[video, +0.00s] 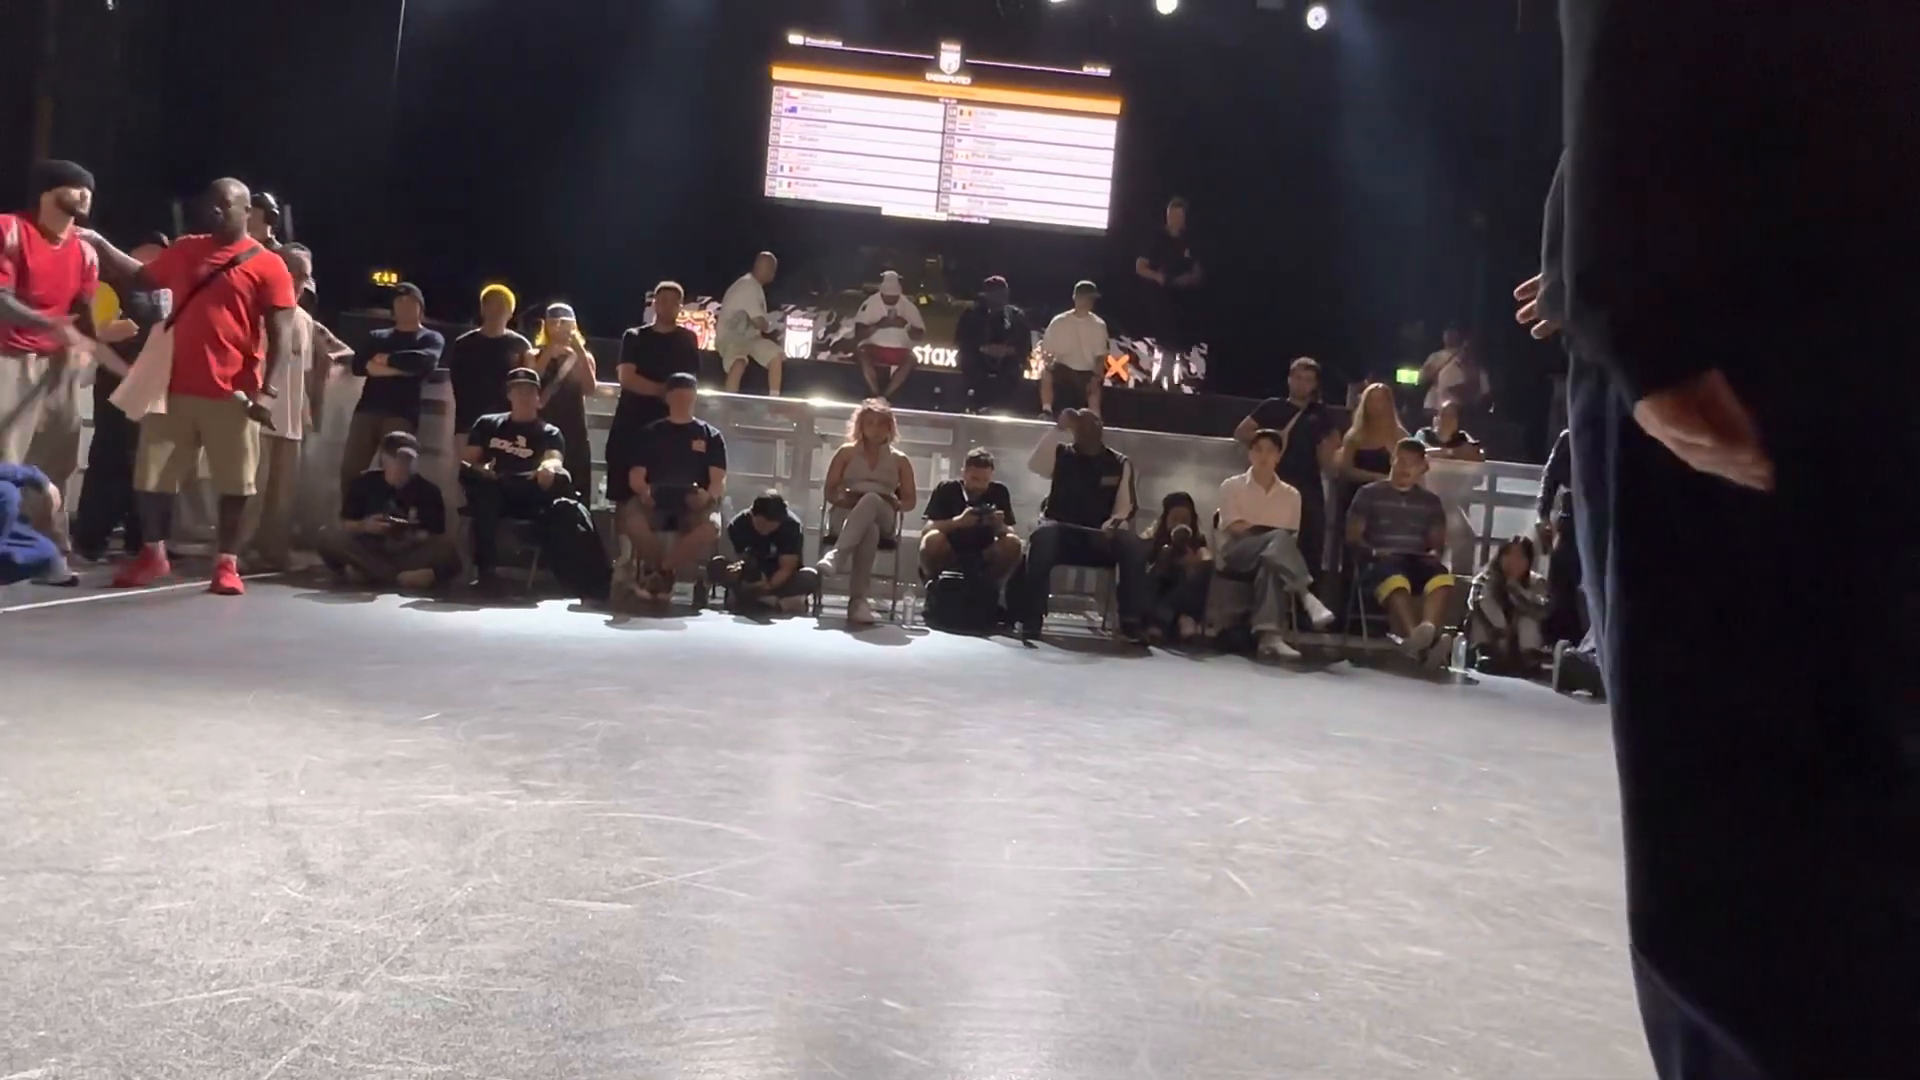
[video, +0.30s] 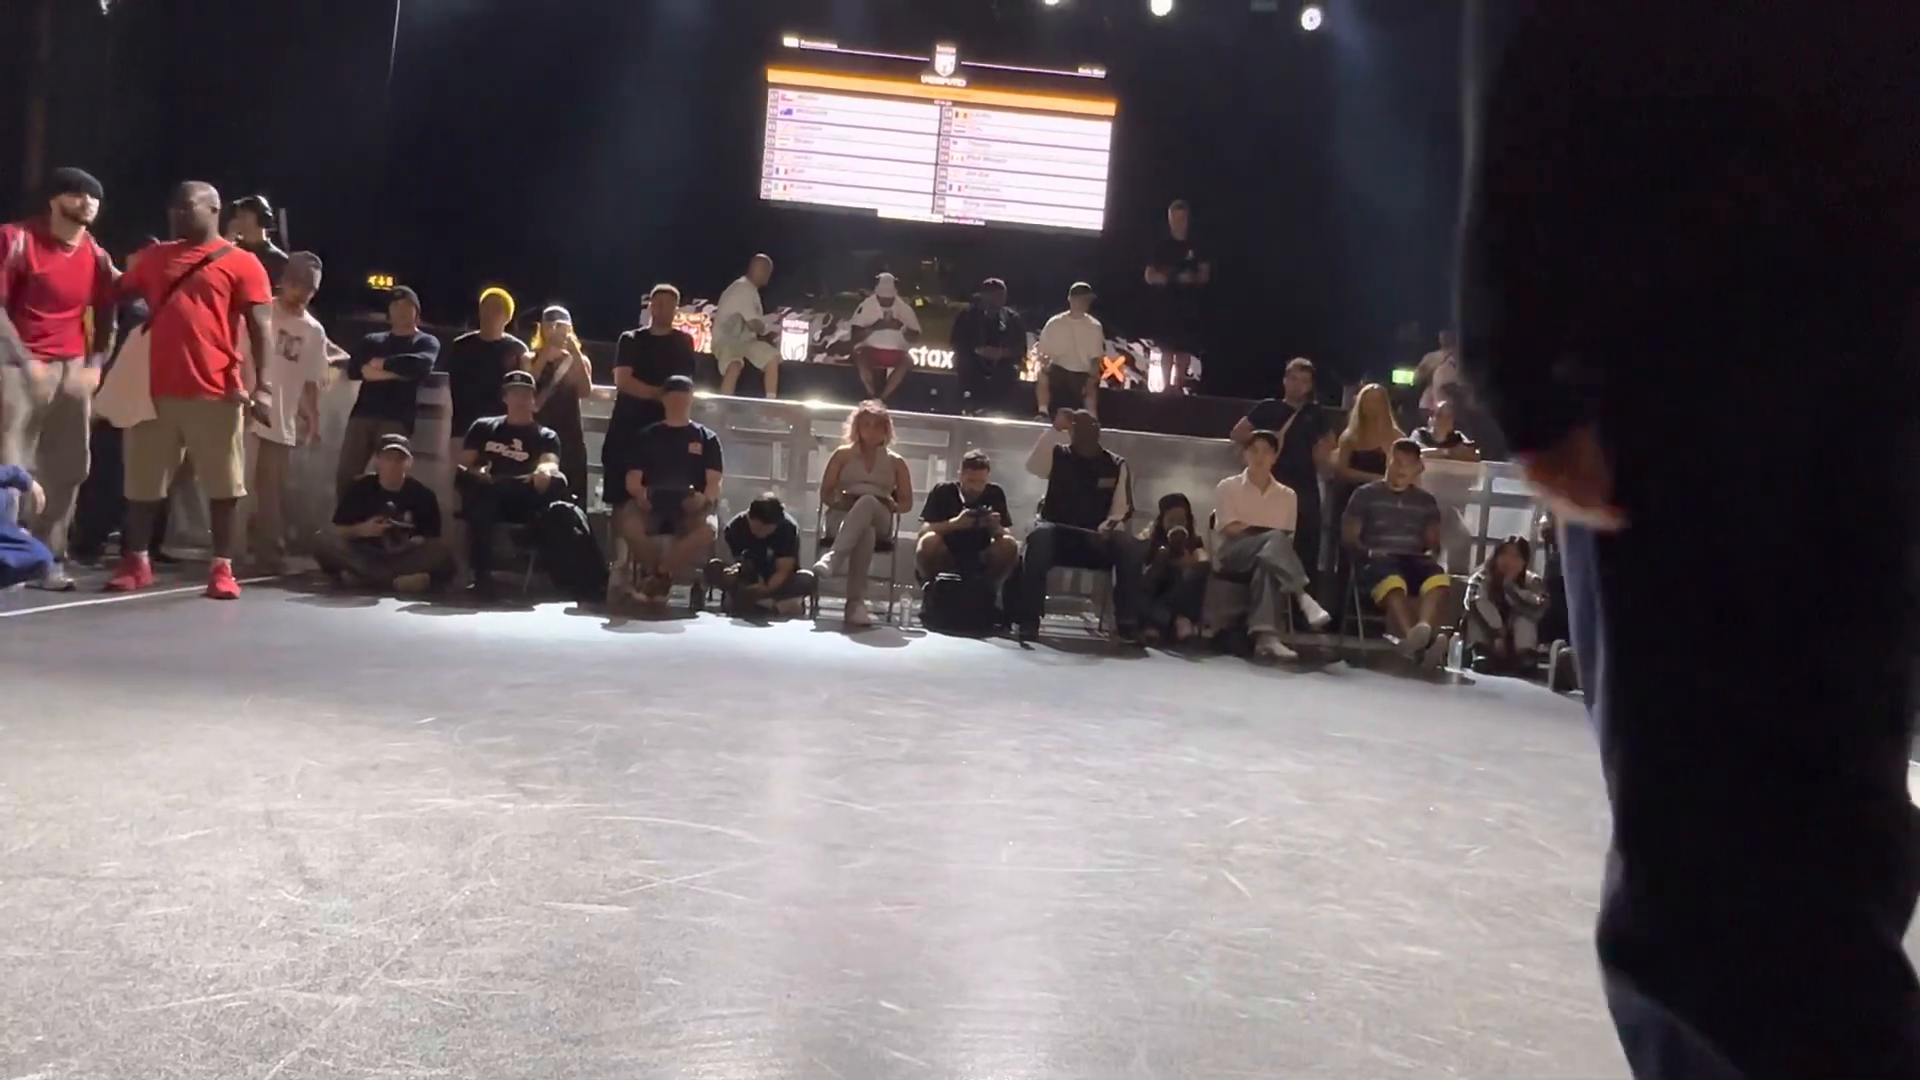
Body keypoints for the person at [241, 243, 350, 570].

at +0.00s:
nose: (303, 285)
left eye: (306, 278)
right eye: (298, 277)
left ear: (308, 282)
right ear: (279, 277)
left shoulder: (305, 321)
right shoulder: (258, 315)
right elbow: (243, 357)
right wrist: (247, 396)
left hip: (291, 415)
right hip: (260, 411)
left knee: (283, 491)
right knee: (254, 488)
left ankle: (277, 551)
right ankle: (237, 549)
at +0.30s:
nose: (305, 295)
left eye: (311, 289)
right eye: (300, 287)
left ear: (315, 289)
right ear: (284, 281)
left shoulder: (313, 330)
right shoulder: (257, 313)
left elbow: (311, 382)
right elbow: (237, 355)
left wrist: (313, 421)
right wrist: (241, 395)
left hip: (285, 419)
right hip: (248, 409)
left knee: (272, 489)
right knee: (240, 485)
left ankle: (270, 551)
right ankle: (232, 550)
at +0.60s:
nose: (285, 299)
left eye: (292, 292)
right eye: (280, 290)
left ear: (298, 292)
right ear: (264, 283)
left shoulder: (298, 334)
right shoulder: (234, 317)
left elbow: (296, 385)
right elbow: (216, 360)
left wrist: (300, 425)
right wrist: (224, 397)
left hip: (267, 427)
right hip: (227, 418)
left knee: (262, 496)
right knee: (220, 491)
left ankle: (263, 557)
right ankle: (214, 553)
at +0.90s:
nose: (258, 312)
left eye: (265, 306)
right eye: (253, 304)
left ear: (271, 307)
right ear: (239, 300)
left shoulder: (277, 339)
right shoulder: (211, 329)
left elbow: (272, 388)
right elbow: (194, 375)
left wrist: (269, 429)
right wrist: (201, 426)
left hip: (250, 437)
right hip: (210, 432)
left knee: (259, 493)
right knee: (205, 497)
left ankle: (231, 553)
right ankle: (201, 565)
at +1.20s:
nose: (233, 359)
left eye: (240, 353)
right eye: (229, 350)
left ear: (251, 354)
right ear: (218, 345)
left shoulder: (264, 379)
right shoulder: (194, 375)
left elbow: (269, 431)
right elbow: (182, 425)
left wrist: (246, 466)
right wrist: (197, 470)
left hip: (237, 470)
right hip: (198, 467)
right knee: (195, 521)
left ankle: (218, 576)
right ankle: (190, 578)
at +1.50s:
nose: (232, 438)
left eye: (238, 430)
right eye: (225, 430)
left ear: (248, 428)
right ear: (216, 426)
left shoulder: (263, 452)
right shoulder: (196, 446)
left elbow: (269, 488)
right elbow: (185, 482)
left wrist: (254, 514)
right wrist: (199, 515)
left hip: (241, 520)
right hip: (204, 518)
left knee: (267, 544)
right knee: (189, 538)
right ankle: (187, 591)